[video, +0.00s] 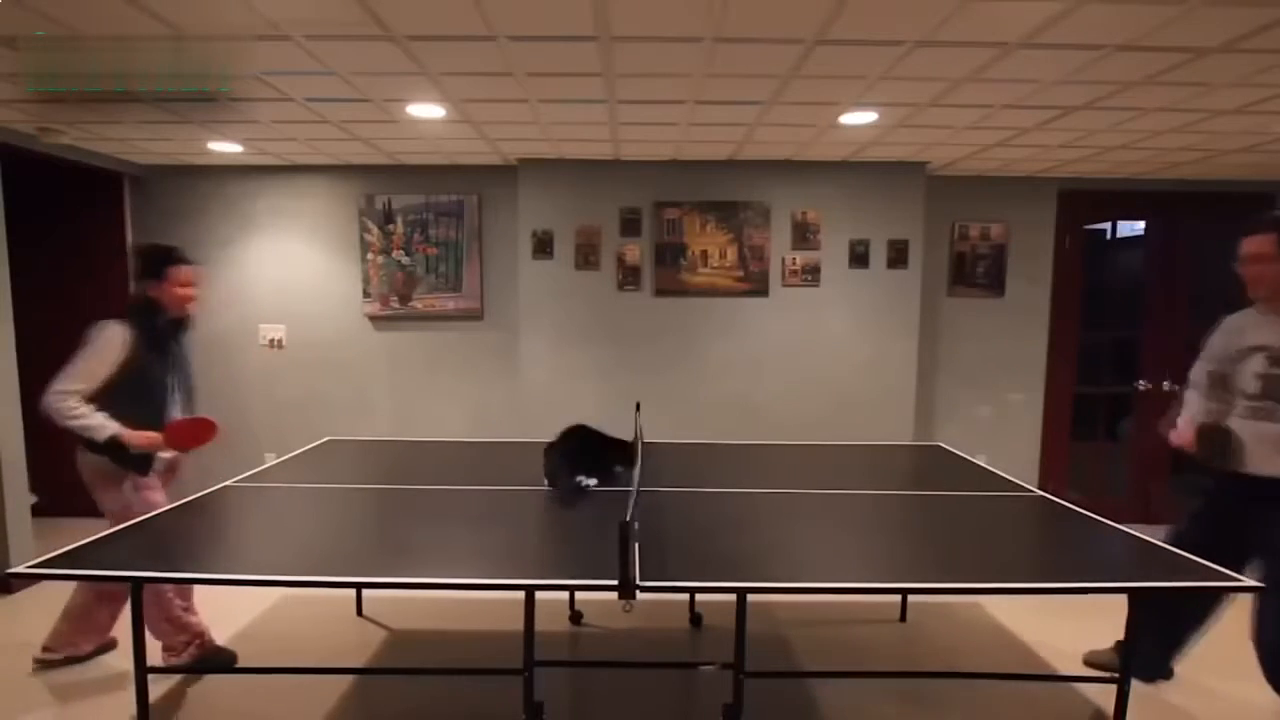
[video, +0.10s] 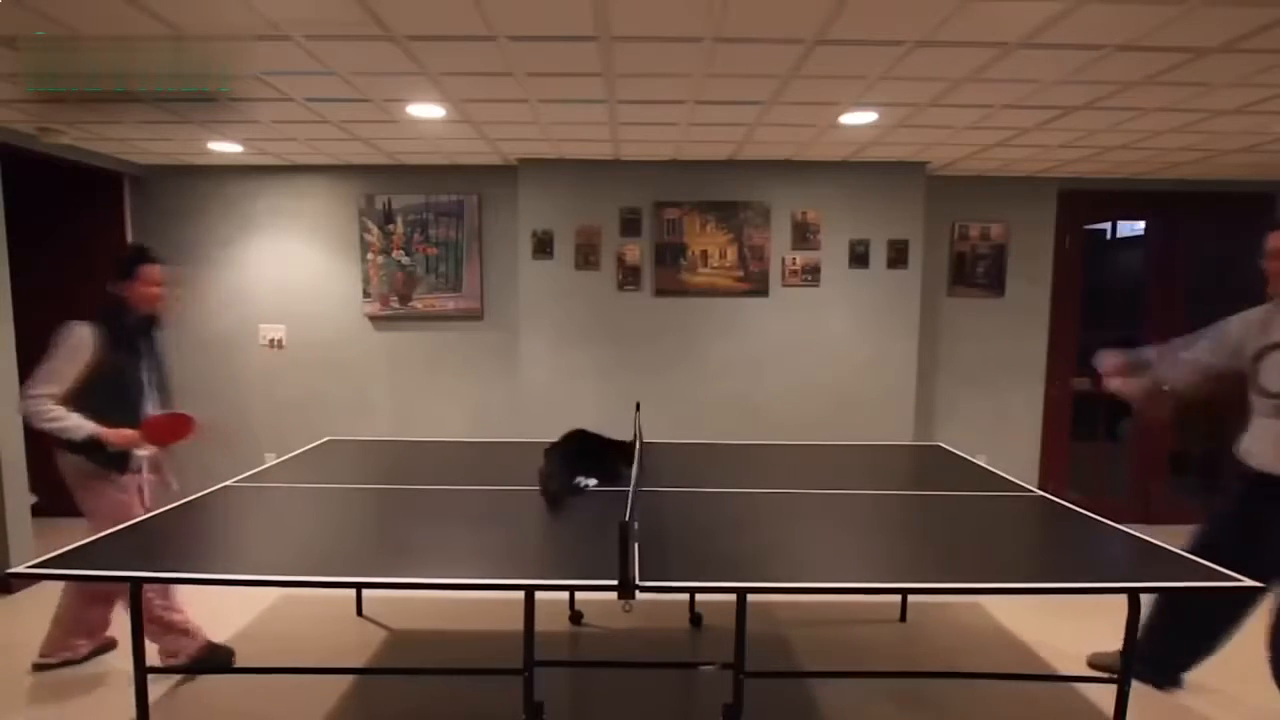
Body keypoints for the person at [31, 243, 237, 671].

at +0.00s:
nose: (191, 294)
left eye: (193, 285)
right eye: (183, 284)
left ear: (185, 288)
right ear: (154, 288)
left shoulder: (171, 337)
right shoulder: (119, 334)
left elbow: (175, 398)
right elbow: (58, 399)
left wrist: (178, 441)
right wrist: (124, 434)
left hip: (149, 459)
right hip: (111, 461)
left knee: (126, 550)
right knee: (161, 544)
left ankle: (71, 641)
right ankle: (185, 644)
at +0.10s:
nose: (159, 293)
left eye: (161, 284)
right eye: (150, 284)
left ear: (161, 288)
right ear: (124, 287)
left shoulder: (145, 336)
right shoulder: (87, 335)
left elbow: (146, 404)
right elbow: (36, 403)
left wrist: (163, 431)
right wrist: (102, 433)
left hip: (139, 460)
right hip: (93, 465)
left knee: (113, 551)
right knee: (141, 549)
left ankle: (69, 642)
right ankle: (182, 646)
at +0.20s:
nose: (130, 288)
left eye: (134, 280)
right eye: (121, 279)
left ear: (138, 287)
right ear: (96, 283)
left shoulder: (122, 332)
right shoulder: (59, 331)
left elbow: (124, 396)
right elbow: (17, 402)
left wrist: (146, 420)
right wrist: (87, 427)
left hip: (115, 456)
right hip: (73, 461)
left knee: (94, 548)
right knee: (123, 545)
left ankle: (68, 640)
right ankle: (163, 648)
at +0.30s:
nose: (113, 283)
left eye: (117, 275)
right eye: (104, 274)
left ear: (121, 281)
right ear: (76, 277)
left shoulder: (106, 330)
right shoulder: (43, 326)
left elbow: (114, 393)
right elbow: (10, 401)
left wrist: (129, 423)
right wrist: (80, 421)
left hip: (102, 454)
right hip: (64, 458)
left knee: (85, 547)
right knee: (119, 539)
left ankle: (61, 643)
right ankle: (114, 652)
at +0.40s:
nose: (110, 283)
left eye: (114, 274)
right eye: (101, 273)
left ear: (117, 279)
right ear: (72, 274)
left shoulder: (101, 329)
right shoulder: (40, 323)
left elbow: (108, 394)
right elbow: (4, 395)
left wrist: (125, 422)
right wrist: (68, 416)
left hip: (98, 454)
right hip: (62, 459)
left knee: (85, 548)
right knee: (113, 542)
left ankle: (61, 642)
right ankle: (104, 654)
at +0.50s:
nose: (115, 287)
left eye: (119, 278)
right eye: (106, 278)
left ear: (121, 281)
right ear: (74, 277)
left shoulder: (108, 329)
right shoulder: (39, 323)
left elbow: (120, 400)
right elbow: (2, 388)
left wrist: (131, 460)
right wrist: (52, 410)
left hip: (104, 462)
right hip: (60, 465)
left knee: (93, 551)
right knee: (118, 546)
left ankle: (61, 644)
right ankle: (117, 659)